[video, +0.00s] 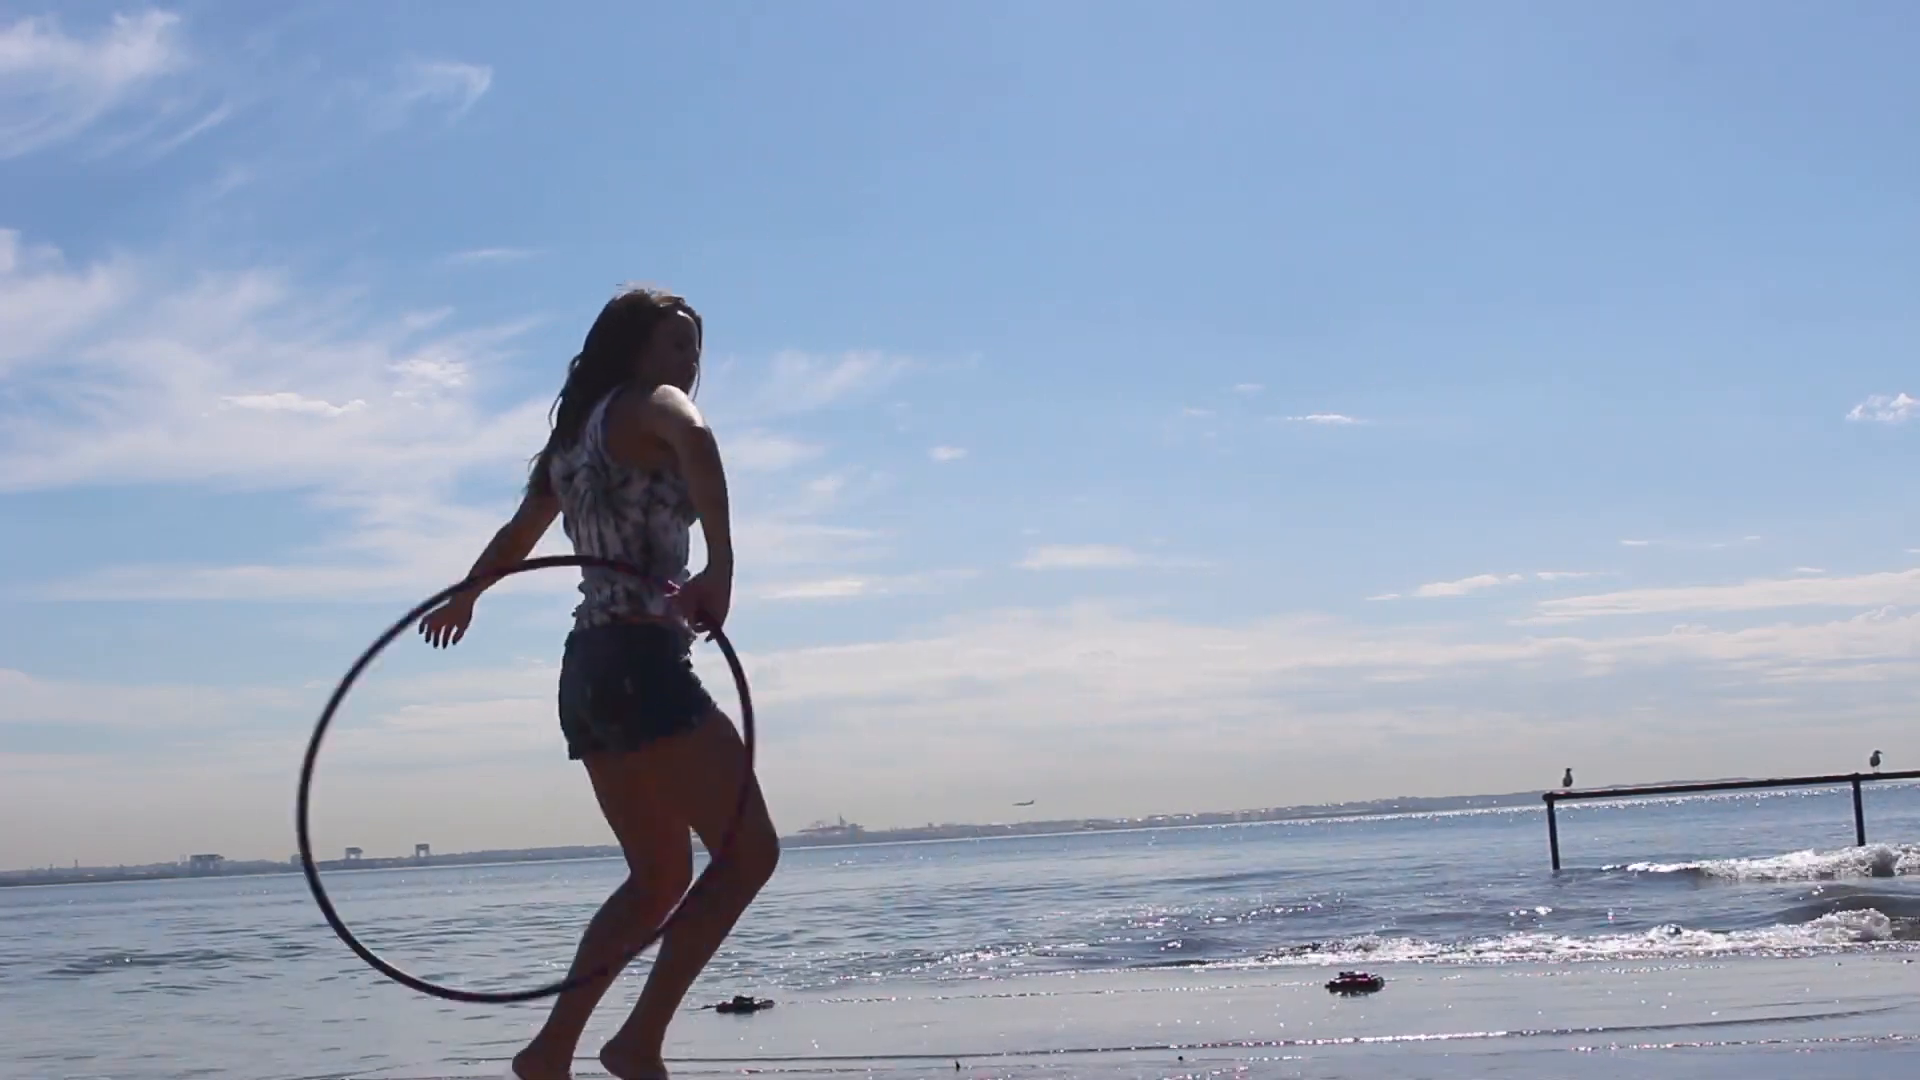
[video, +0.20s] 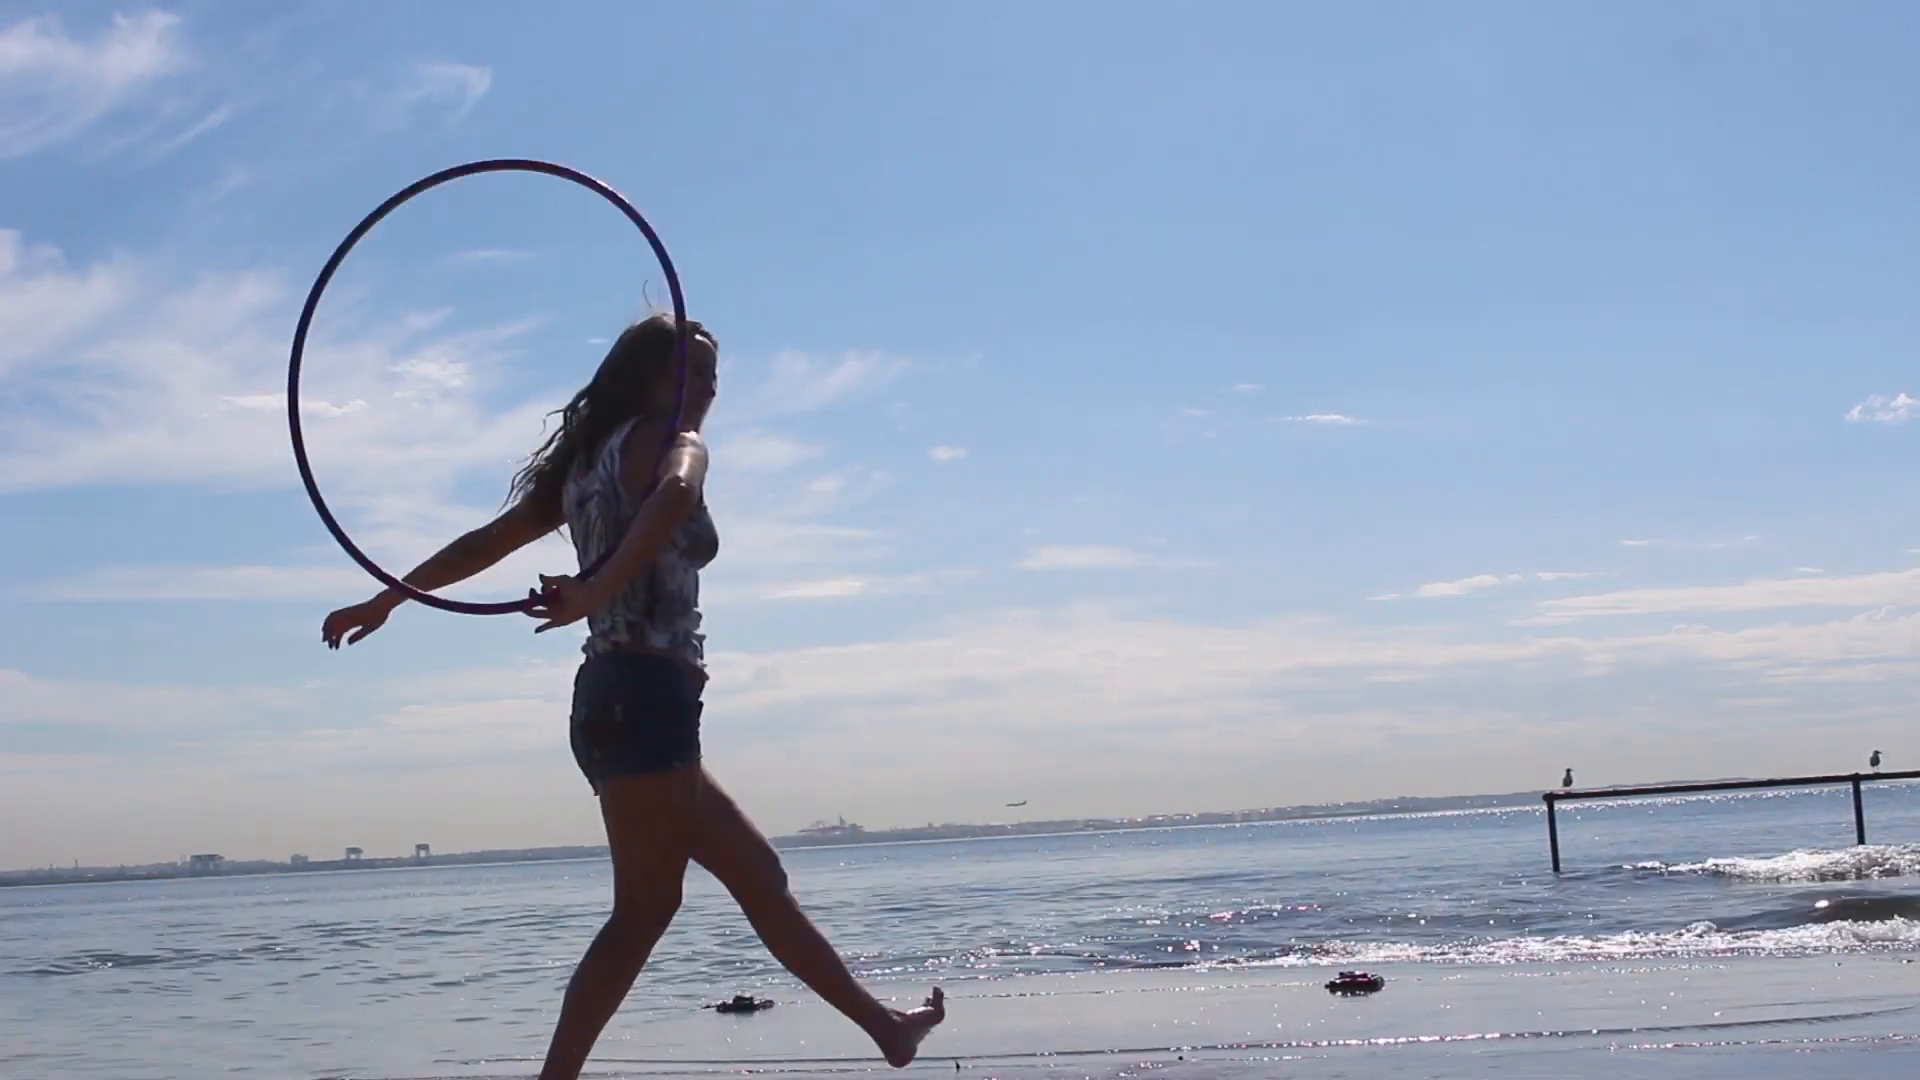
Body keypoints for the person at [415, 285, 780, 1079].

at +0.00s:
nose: (694, 365)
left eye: (697, 351)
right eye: (687, 348)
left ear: (622, 351)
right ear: (648, 341)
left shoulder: (576, 431)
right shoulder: (657, 401)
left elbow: (524, 529)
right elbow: (696, 444)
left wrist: (470, 588)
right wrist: (719, 567)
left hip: (590, 668)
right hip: (644, 662)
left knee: (659, 880)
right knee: (751, 851)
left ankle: (550, 1050)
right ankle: (640, 1042)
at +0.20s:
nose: (712, 389)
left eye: (713, 374)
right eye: (703, 373)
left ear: (642, 381)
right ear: (667, 378)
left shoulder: (587, 465)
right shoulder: (680, 442)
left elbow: (489, 539)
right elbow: (668, 501)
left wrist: (388, 598)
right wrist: (598, 584)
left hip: (607, 706)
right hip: (649, 705)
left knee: (752, 869)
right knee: (645, 906)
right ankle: (557, 1073)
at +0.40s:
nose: (747, 378)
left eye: (751, 365)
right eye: (737, 360)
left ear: (662, 367)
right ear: (691, 357)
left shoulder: (628, 461)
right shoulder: (685, 414)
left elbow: (621, 609)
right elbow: (694, 453)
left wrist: (619, 733)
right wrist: (740, 577)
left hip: (699, 683)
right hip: (692, 680)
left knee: (797, 874)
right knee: (696, 897)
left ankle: (801, 1071)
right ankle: (569, 1066)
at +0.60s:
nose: (781, 379)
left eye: (785, 366)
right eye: (770, 363)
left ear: (774, 371)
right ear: (724, 362)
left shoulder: (756, 450)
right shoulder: (678, 441)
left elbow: (814, 495)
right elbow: (623, 527)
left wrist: (874, 412)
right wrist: (723, 559)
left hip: (786, 685)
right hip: (744, 690)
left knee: (843, 880)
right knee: (870, 867)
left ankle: (811, 1070)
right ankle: (878, 1066)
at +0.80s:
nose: (813, 396)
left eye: (818, 380)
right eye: (800, 377)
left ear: (817, 389)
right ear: (753, 375)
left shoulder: (797, 452)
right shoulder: (717, 474)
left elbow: (813, 335)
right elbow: (787, 588)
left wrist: (696, 286)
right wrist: (876, 522)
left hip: (841, 699)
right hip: (794, 710)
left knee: (869, 892)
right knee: (932, 838)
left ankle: (814, 1072)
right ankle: (1040, 1044)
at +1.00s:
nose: (839, 341)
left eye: (835, 328)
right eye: (825, 329)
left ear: (761, 354)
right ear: (780, 349)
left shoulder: (748, 436)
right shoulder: (786, 452)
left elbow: (717, 358)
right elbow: (911, 487)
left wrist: (731, 267)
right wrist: (889, 385)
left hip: (821, 664)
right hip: (872, 664)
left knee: (850, 868)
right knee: (941, 854)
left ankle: (821, 1063)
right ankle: (959, 1056)